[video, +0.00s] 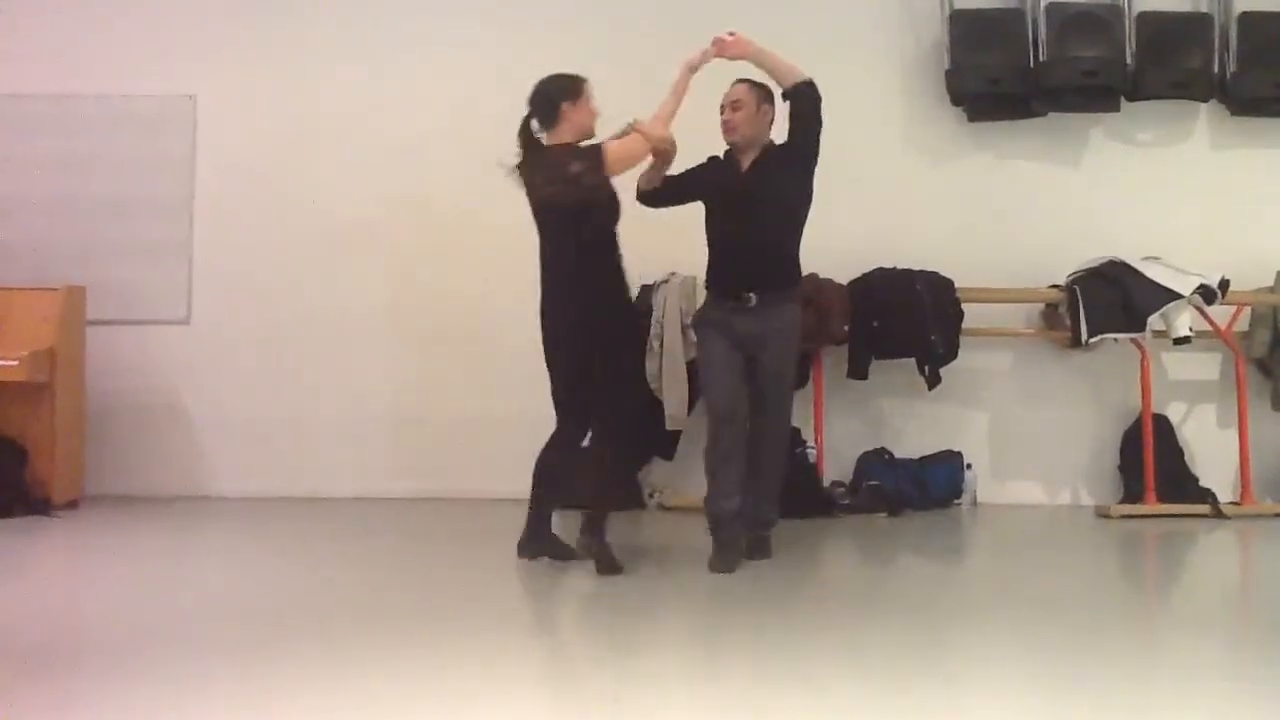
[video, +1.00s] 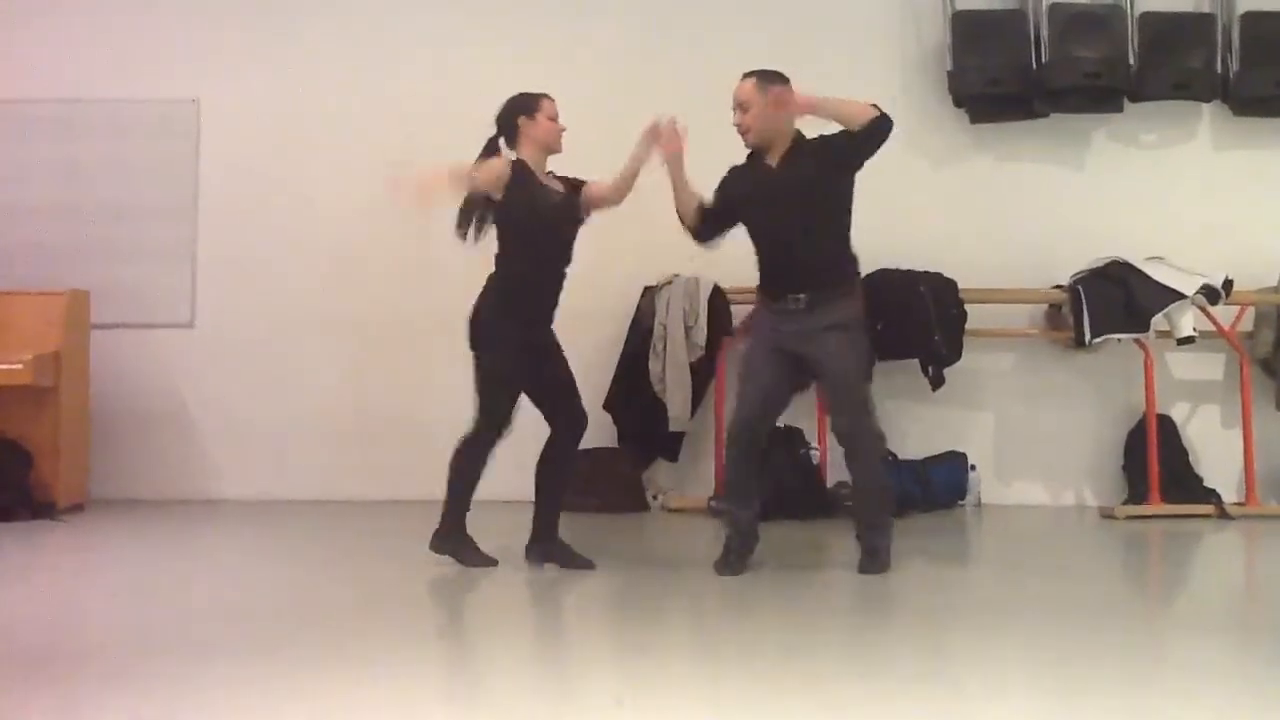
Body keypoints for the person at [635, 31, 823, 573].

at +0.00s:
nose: (726, 116)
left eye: (737, 108)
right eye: (723, 110)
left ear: (767, 114)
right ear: (724, 121)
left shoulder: (794, 162)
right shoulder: (714, 172)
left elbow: (806, 93)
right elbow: (650, 193)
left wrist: (753, 50)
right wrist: (661, 157)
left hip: (777, 313)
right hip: (721, 316)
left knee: (773, 422)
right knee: (725, 420)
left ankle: (760, 526)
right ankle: (725, 531)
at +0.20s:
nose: (719, 113)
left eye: (729, 103)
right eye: (717, 106)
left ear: (762, 108)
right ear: (722, 117)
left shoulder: (793, 157)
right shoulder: (717, 170)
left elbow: (799, 82)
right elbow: (651, 192)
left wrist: (743, 47)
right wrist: (653, 146)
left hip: (775, 312)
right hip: (718, 312)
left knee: (771, 421)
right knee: (723, 421)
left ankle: (759, 524)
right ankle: (728, 535)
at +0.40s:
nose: (714, 116)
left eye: (724, 106)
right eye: (712, 108)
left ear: (758, 109)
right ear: (718, 116)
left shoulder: (792, 157)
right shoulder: (716, 172)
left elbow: (802, 82)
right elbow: (661, 213)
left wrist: (749, 40)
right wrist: (649, 164)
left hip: (773, 315)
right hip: (717, 316)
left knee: (768, 425)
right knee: (720, 424)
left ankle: (760, 527)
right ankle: (729, 537)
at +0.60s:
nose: (711, 116)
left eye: (720, 105)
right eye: (709, 108)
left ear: (756, 105)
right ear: (722, 112)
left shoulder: (801, 157)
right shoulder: (711, 181)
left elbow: (854, 106)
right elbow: (687, 256)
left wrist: (802, 57)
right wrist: (632, 251)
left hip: (782, 317)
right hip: (720, 317)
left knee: (789, 416)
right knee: (718, 424)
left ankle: (783, 514)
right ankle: (731, 536)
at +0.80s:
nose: (725, 117)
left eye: (734, 105)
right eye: (723, 107)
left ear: (770, 104)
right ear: (731, 113)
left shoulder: (817, 155)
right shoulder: (724, 179)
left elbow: (886, 124)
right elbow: (694, 248)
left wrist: (826, 89)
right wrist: (664, 231)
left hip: (803, 316)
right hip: (738, 316)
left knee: (826, 422)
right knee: (728, 426)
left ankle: (862, 528)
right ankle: (734, 537)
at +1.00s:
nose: (737, 120)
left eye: (744, 108)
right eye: (734, 111)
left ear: (781, 106)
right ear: (747, 115)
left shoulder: (830, 154)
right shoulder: (743, 179)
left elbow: (878, 123)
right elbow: (702, 228)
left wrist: (808, 104)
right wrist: (675, 164)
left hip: (835, 315)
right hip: (774, 318)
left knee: (854, 424)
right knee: (746, 424)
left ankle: (875, 537)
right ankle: (740, 535)